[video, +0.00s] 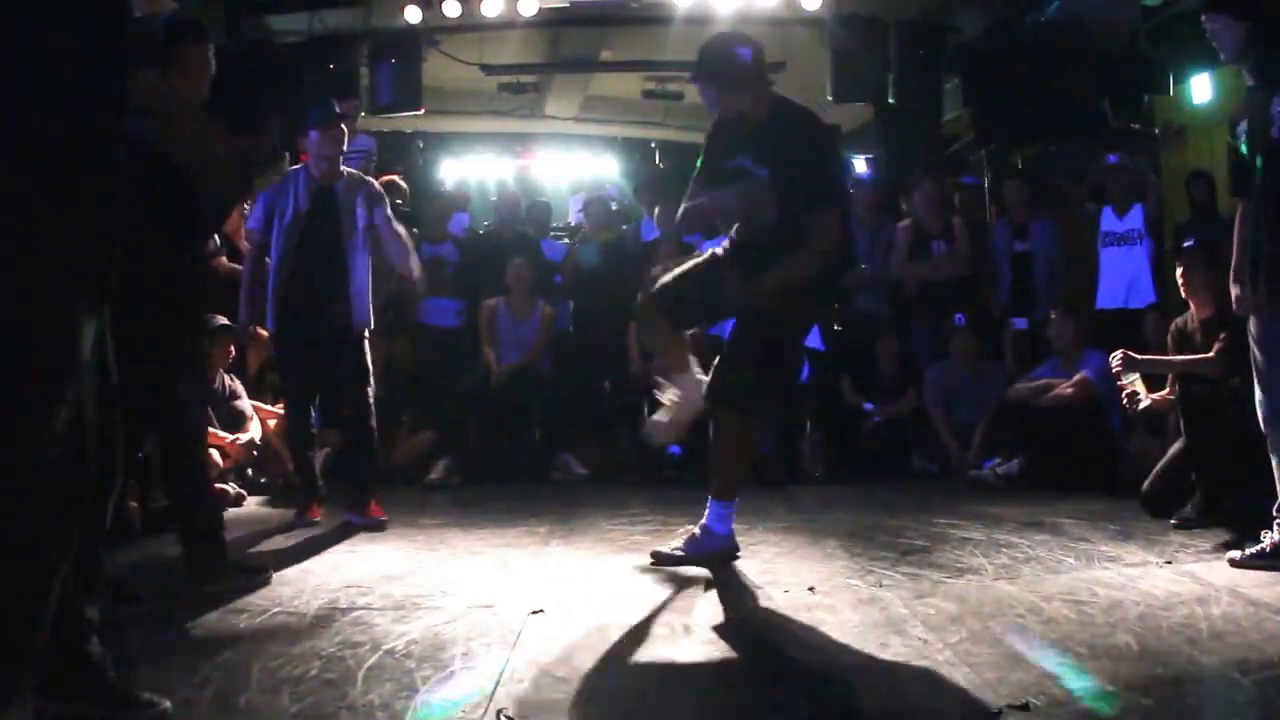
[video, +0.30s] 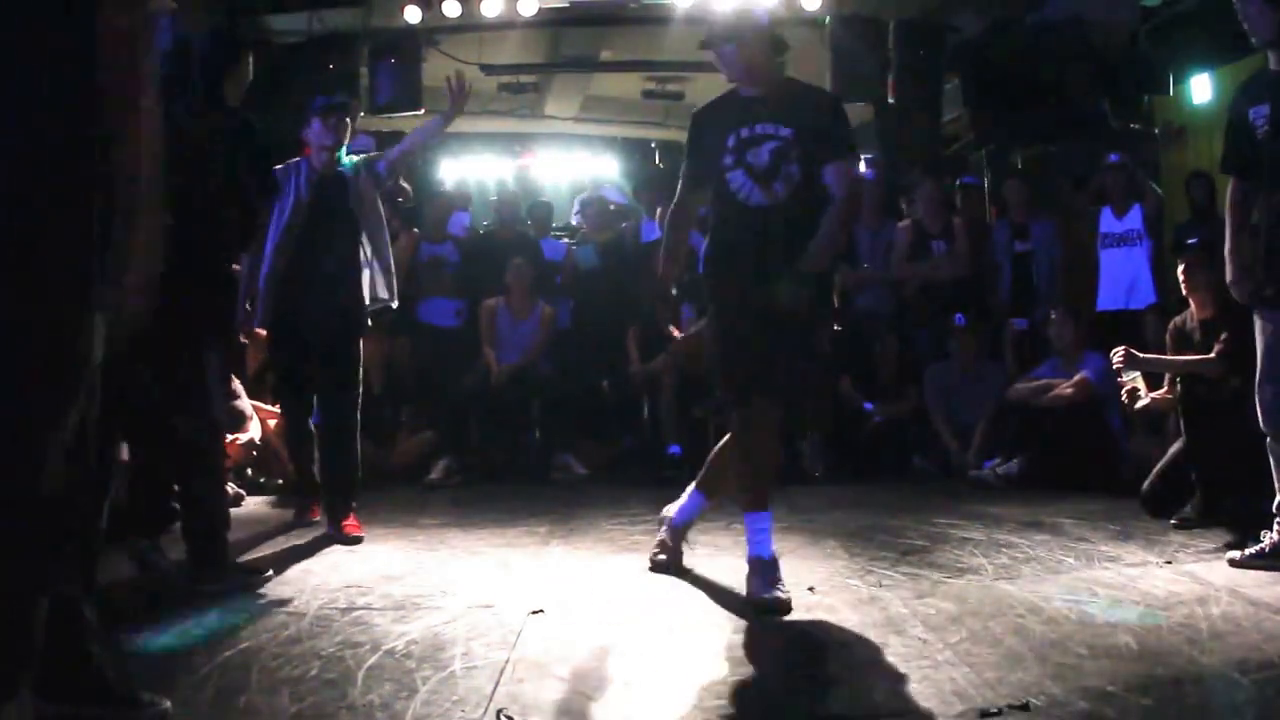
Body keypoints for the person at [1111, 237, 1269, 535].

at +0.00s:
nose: (1181, 276)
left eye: (1190, 268)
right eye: (1178, 268)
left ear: (1212, 274)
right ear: (1175, 275)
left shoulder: (1233, 320)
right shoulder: (1179, 328)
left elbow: (1217, 364)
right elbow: (1179, 392)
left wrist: (1141, 363)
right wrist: (1148, 399)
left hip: (1239, 429)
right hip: (1203, 433)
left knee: (1191, 392)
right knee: (1155, 497)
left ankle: (1205, 499)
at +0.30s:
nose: (1183, 277)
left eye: (1192, 270)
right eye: (1181, 271)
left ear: (1213, 275)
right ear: (1177, 278)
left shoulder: (1236, 318)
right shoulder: (1178, 327)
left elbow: (1218, 364)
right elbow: (1174, 392)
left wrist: (1144, 362)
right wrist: (1148, 398)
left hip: (1241, 432)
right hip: (1203, 436)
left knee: (1192, 394)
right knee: (1155, 498)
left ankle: (1204, 499)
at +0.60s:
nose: (1182, 274)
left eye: (1192, 266)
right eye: (1179, 266)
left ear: (1213, 272)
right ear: (1175, 273)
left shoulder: (1238, 315)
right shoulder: (1178, 328)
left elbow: (1218, 363)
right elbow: (1174, 392)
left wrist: (1142, 360)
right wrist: (1147, 400)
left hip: (1239, 433)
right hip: (1200, 436)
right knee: (1155, 498)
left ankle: (1204, 499)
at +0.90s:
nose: (1180, 274)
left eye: (1189, 267)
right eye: (1178, 267)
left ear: (1213, 273)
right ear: (1175, 272)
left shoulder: (1239, 316)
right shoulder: (1178, 327)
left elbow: (1217, 364)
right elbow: (1173, 393)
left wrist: (1143, 360)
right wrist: (1146, 398)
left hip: (1243, 433)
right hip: (1202, 435)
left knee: (1194, 395)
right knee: (1155, 499)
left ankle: (1207, 503)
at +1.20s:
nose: (1177, 274)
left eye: (1186, 267)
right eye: (1177, 268)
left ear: (1212, 273)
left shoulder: (1238, 315)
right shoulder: (1177, 328)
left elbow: (1218, 364)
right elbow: (1174, 391)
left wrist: (1144, 358)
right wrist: (1147, 397)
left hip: (1243, 432)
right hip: (1204, 434)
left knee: (1195, 392)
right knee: (1155, 499)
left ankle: (1207, 502)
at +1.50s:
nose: (1172, 277)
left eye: (1182, 270)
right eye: (1172, 270)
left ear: (1209, 276)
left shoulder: (1239, 315)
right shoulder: (1178, 330)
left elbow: (1218, 364)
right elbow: (1176, 396)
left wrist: (1144, 361)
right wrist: (1152, 399)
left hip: (1245, 431)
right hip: (1205, 435)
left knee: (1195, 398)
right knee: (1155, 498)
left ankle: (1208, 503)